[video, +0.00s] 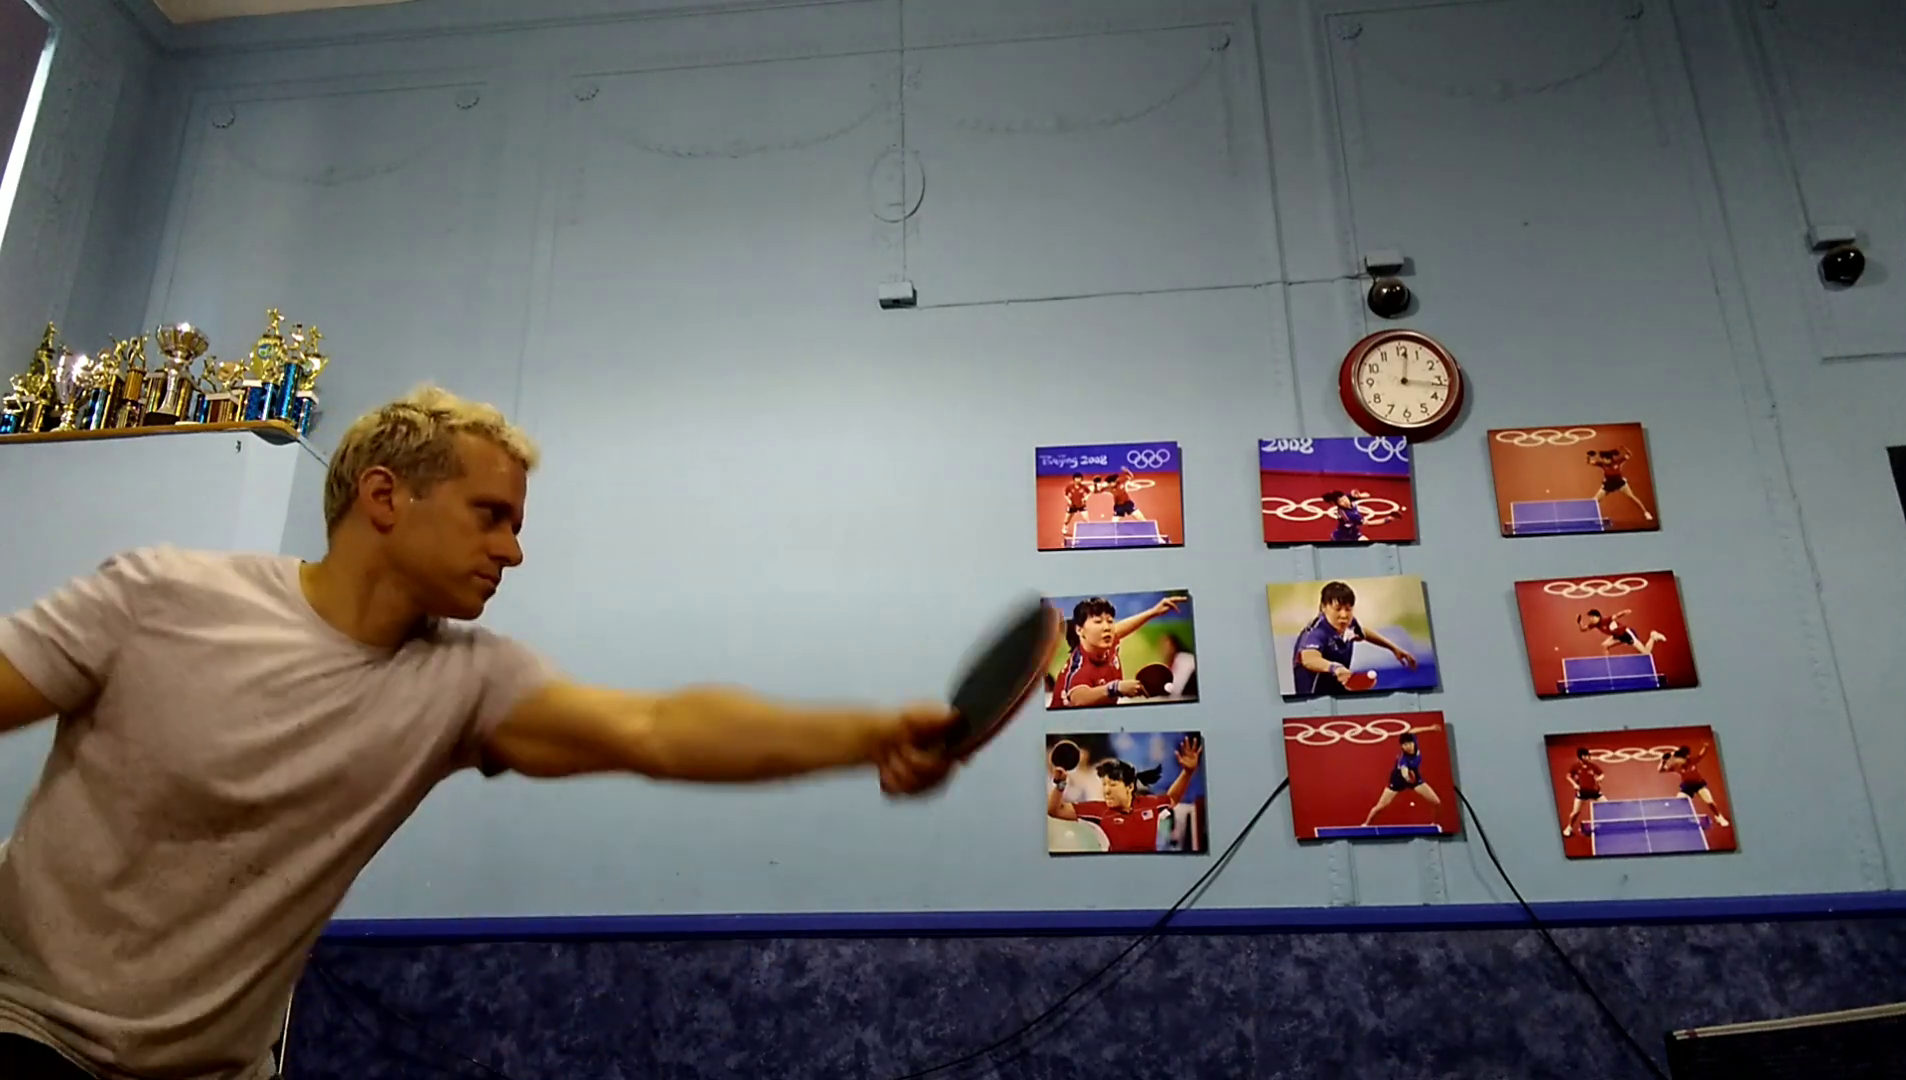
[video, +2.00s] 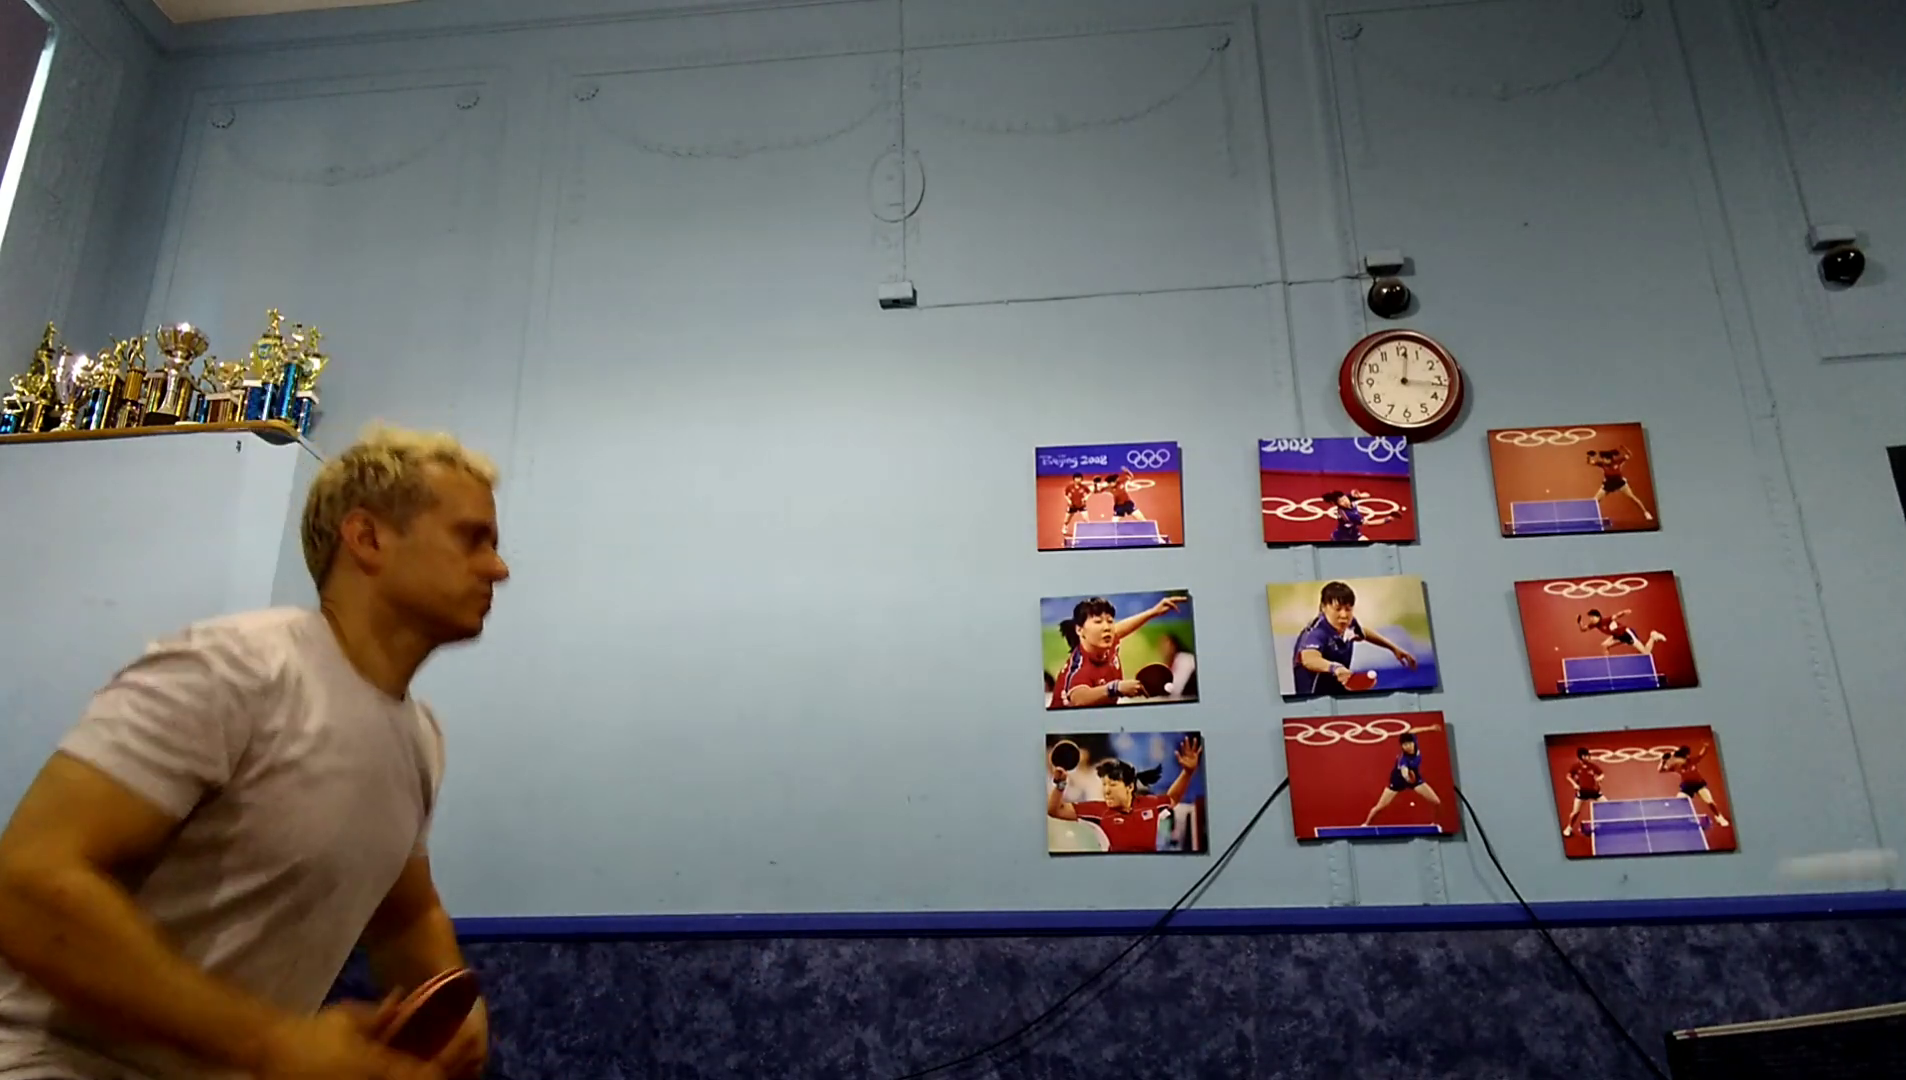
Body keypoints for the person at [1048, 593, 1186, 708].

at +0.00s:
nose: (1107, 628)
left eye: (1109, 622)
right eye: (1098, 622)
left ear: (1114, 626)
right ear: (1080, 630)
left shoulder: (1109, 644)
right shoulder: (1079, 665)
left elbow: (1119, 630)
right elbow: (1078, 699)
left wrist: (1154, 611)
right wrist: (1115, 687)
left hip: (1102, 725)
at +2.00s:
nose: (1107, 628)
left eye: (1110, 622)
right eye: (1098, 622)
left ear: (1114, 626)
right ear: (1080, 630)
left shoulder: (1109, 644)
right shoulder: (1078, 666)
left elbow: (1120, 629)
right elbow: (1078, 698)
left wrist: (1154, 611)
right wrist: (1115, 687)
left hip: (1102, 724)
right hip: (1069, 729)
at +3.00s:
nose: (1107, 628)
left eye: (1110, 622)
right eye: (1098, 622)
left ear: (1114, 626)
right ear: (1080, 630)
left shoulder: (1109, 644)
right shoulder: (1079, 666)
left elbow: (1120, 629)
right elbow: (1078, 698)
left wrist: (1154, 611)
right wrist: (1115, 687)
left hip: (1102, 724)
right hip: (1069, 729)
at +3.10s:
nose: (1107, 628)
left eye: (1110, 622)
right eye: (1098, 622)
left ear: (1114, 626)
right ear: (1080, 630)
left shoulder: (1109, 644)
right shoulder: (1079, 666)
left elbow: (1120, 629)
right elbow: (1078, 698)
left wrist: (1154, 611)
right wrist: (1115, 687)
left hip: (1103, 724)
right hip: (1069, 730)